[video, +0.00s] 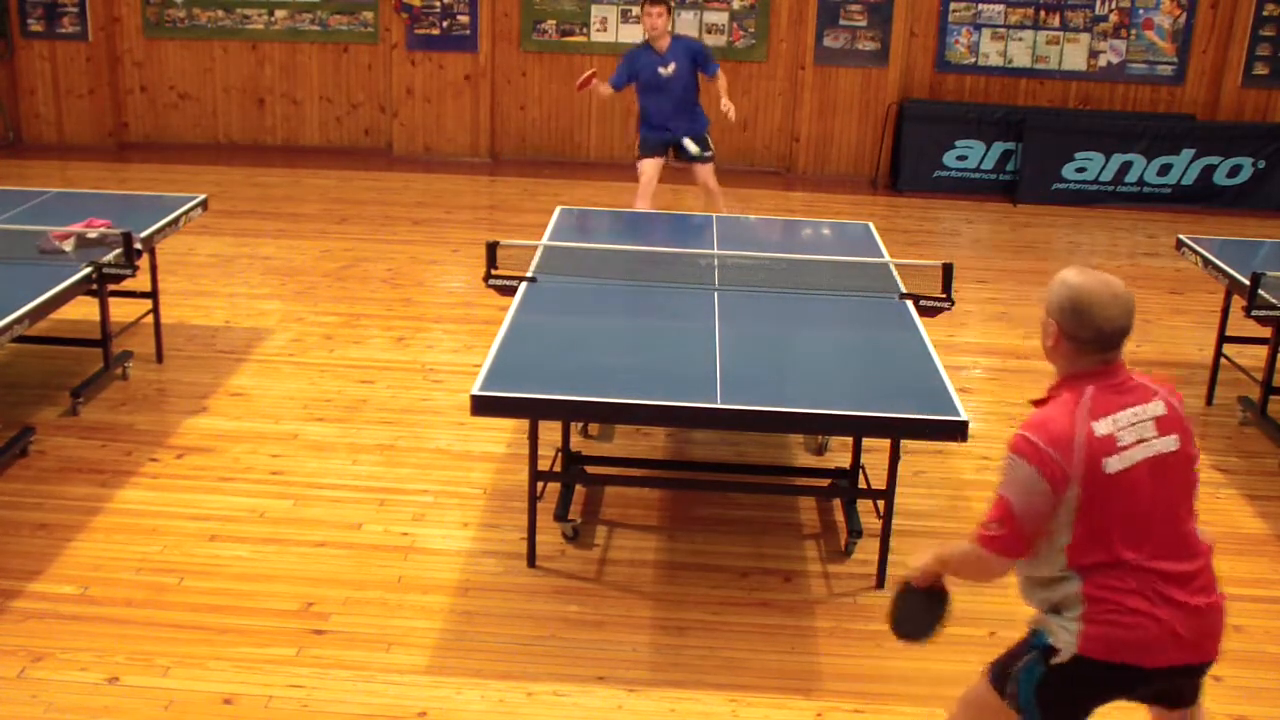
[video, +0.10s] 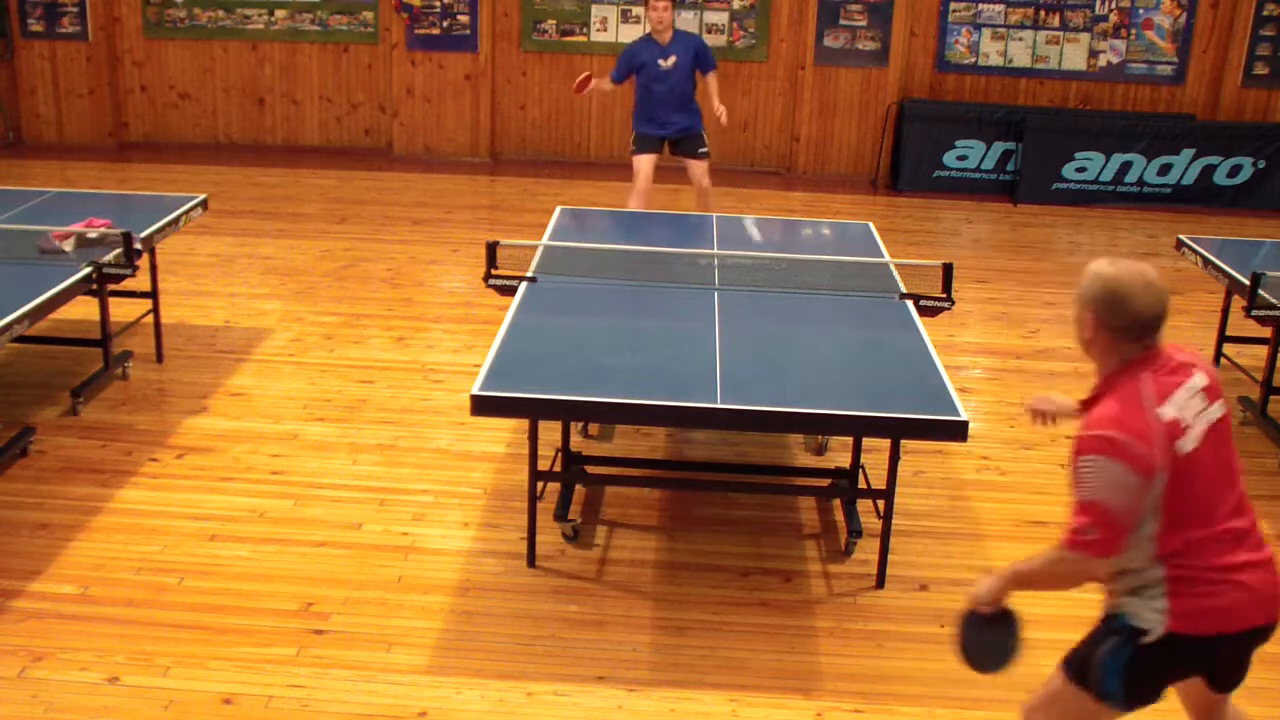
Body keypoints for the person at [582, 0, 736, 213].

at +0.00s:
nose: (654, 21)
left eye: (659, 15)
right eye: (649, 16)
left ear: (669, 19)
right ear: (642, 20)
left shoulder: (690, 48)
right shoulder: (635, 56)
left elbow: (717, 73)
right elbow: (610, 89)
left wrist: (724, 98)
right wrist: (596, 85)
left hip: (690, 128)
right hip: (654, 130)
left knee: (709, 183)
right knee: (645, 183)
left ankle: (723, 227)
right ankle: (637, 235)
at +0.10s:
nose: (660, 15)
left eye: (665, 10)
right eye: (655, 10)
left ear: (673, 13)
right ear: (647, 13)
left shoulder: (693, 43)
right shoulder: (636, 50)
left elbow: (709, 72)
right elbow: (613, 81)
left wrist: (716, 102)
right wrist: (595, 83)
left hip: (686, 125)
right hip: (648, 126)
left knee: (703, 185)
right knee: (641, 184)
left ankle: (706, 235)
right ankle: (630, 240)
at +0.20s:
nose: (665, 21)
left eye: (670, 15)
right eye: (660, 15)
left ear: (677, 19)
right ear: (651, 19)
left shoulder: (694, 52)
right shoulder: (637, 53)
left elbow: (707, 82)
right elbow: (615, 81)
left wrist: (711, 105)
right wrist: (601, 86)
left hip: (681, 132)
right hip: (646, 132)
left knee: (697, 191)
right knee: (644, 186)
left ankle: (699, 239)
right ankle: (629, 239)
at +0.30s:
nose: (670, 21)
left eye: (675, 15)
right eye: (665, 15)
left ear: (682, 18)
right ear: (655, 18)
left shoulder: (696, 51)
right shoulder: (643, 50)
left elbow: (712, 83)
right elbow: (624, 77)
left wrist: (710, 104)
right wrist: (608, 86)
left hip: (682, 131)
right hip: (646, 130)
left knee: (691, 191)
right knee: (636, 188)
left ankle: (693, 239)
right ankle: (625, 239)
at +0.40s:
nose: (671, 16)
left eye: (675, 11)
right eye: (665, 11)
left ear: (682, 14)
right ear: (656, 14)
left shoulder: (696, 45)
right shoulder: (645, 43)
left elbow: (712, 78)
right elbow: (628, 70)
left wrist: (708, 99)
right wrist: (617, 83)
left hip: (681, 121)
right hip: (646, 119)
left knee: (687, 178)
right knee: (630, 172)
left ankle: (698, 227)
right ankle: (613, 223)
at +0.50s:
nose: (665, 12)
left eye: (670, 7)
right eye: (660, 7)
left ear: (677, 11)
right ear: (652, 11)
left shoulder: (693, 41)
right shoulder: (640, 39)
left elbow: (708, 73)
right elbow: (625, 68)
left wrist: (702, 95)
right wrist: (622, 87)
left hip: (677, 114)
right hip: (641, 112)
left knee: (687, 171)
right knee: (619, 162)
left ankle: (697, 222)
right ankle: (603, 208)